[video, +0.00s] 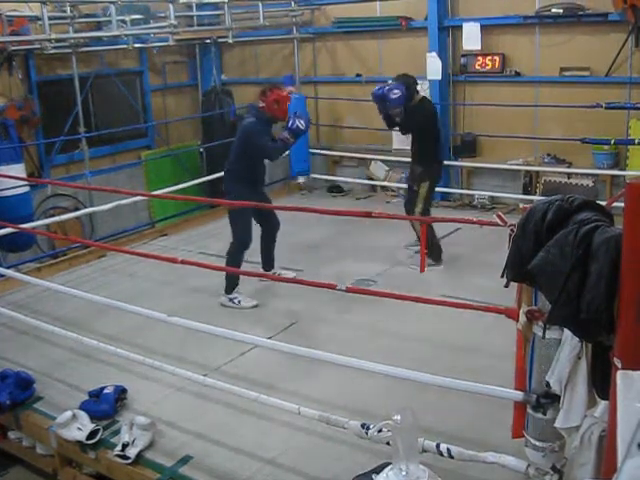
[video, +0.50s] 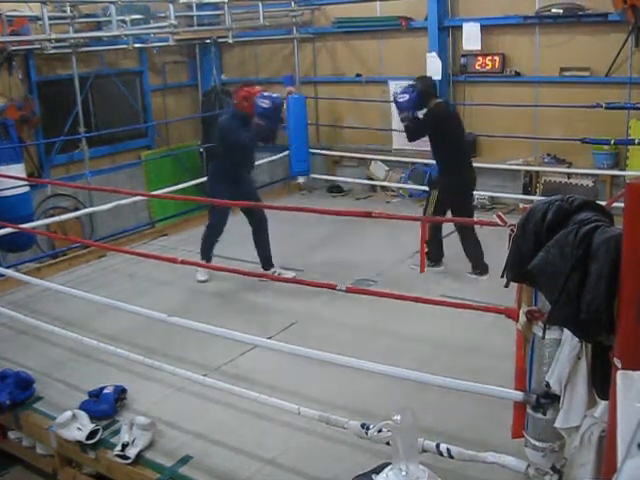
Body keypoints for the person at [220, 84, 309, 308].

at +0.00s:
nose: (282, 111)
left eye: (283, 106)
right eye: (279, 105)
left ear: (269, 105)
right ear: (266, 103)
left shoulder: (263, 125)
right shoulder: (252, 126)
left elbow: (272, 149)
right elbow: (271, 153)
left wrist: (289, 135)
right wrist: (290, 136)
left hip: (253, 187)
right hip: (237, 188)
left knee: (271, 224)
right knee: (242, 238)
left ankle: (269, 270)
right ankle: (229, 292)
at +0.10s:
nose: (285, 112)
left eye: (286, 108)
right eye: (282, 107)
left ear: (274, 108)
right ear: (271, 107)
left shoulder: (266, 125)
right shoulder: (253, 126)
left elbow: (276, 149)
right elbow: (275, 151)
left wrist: (290, 133)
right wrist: (293, 133)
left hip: (251, 185)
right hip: (233, 186)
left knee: (269, 223)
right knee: (237, 234)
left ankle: (269, 270)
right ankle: (228, 286)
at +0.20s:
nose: (281, 112)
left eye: (283, 108)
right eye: (278, 107)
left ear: (279, 108)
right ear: (268, 106)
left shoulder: (267, 124)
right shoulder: (251, 124)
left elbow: (279, 144)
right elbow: (273, 147)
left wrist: (295, 129)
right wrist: (293, 134)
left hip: (248, 181)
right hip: (230, 181)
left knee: (267, 222)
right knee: (235, 230)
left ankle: (268, 270)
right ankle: (220, 277)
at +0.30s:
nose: (277, 112)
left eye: (278, 108)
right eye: (275, 108)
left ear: (266, 106)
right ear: (266, 106)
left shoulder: (261, 123)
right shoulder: (246, 124)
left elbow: (279, 143)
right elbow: (276, 145)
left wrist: (290, 117)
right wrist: (288, 122)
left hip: (247, 181)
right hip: (227, 181)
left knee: (263, 222)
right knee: (229, 229)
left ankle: (269, 269)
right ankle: (214, 270)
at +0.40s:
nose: (264, 106)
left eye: (265, 102)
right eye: (260, 101)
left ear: (265, 103)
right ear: (249, 101)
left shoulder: (259, 121)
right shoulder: (237, 122)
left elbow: (276, 138)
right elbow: (254, 143)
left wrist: (283, 112)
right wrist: (268, 130)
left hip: (245, 179)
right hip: (226, 180)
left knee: (262, 222)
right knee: (223, 227)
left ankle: (269, 268)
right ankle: (207, 265)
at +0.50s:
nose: (256, 106)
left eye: (256, 102)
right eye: (252, 102)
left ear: (253, 104)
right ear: (242, 103)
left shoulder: (250, 121)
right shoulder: (227, 123)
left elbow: (268, 136)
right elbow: (245, 144)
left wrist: (279, 106)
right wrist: (256, 128)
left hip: (242, 179)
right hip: (221, 180)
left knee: (259, 220)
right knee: (216, 224)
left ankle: (268, 268)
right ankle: (204, 264)